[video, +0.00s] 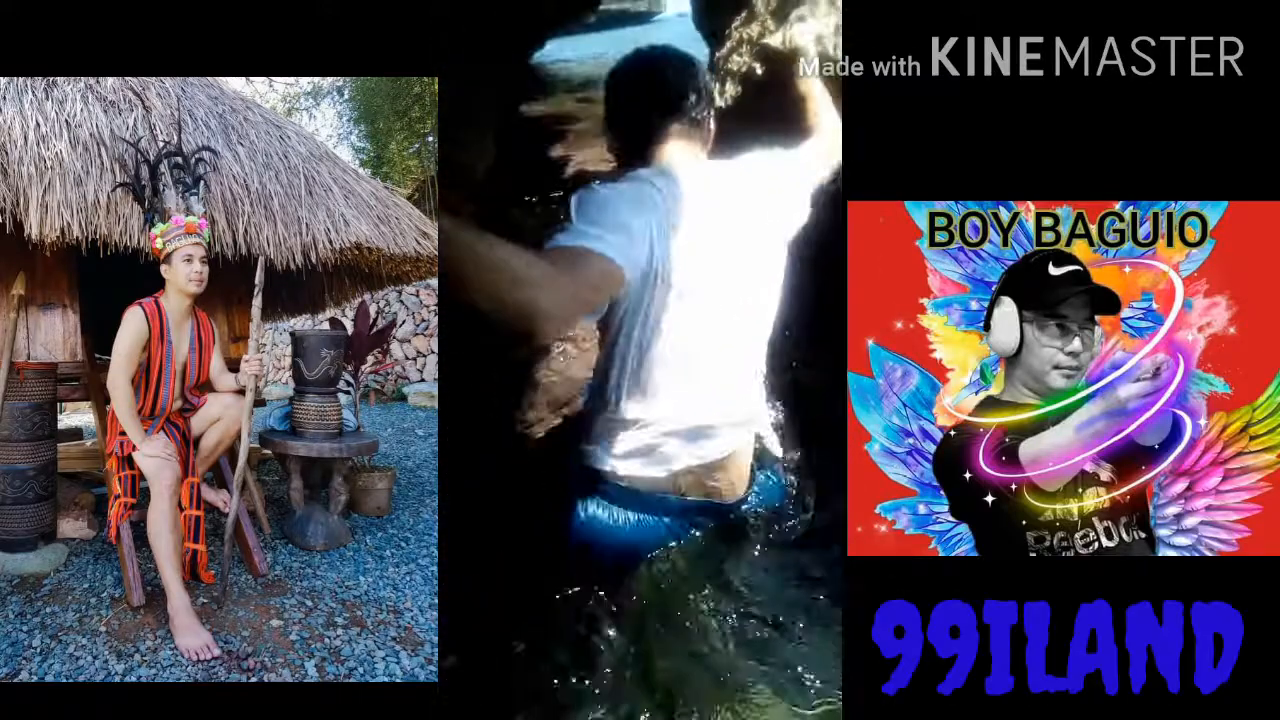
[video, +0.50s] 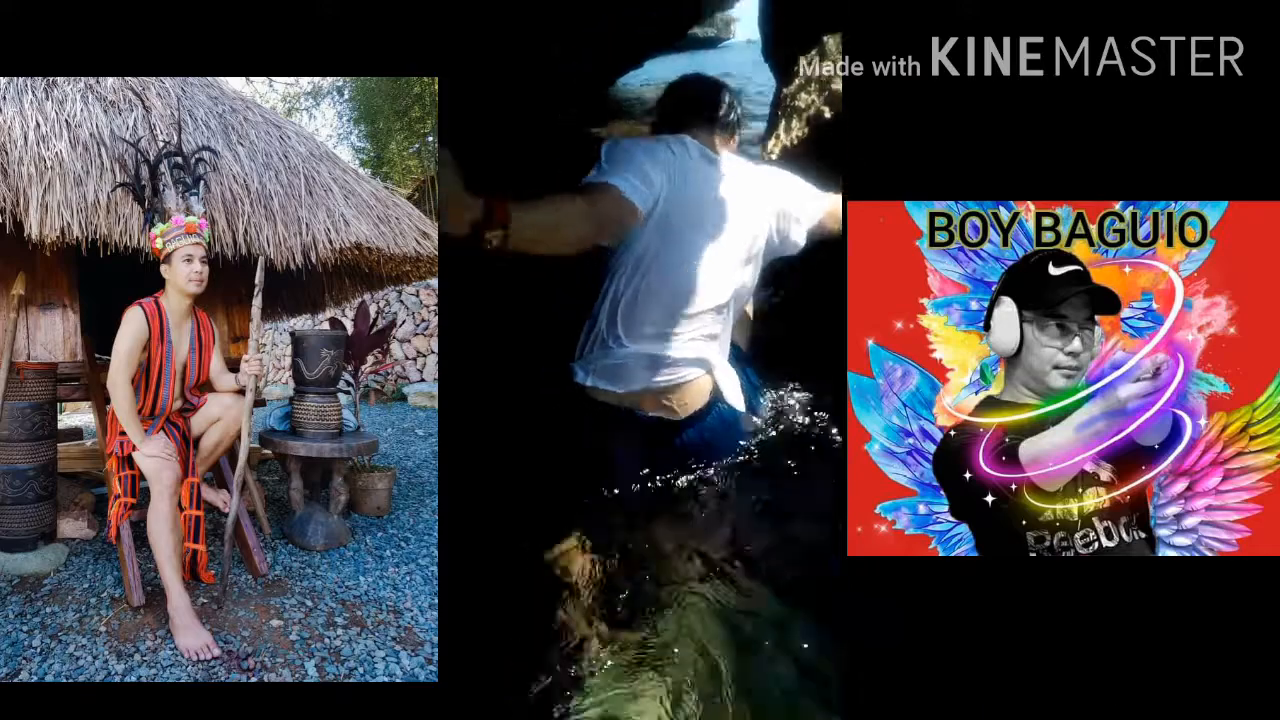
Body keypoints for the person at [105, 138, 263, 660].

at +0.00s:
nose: (198, 269)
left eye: (203, 260)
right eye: (187, 261)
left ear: (207, 267)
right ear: (164, 267)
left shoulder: (206, 324)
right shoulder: (142, 317)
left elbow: (220, 380)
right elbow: (117, 381)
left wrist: (243, 380)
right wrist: (138, 439)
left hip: (180, 420)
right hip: (139, 425)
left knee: (237, 407)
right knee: (169, 478)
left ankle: (190, 479)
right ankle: (179, 607)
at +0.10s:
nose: (198, 268)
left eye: (203, 260)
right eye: (187, 261)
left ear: (207, 267)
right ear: (164, 268)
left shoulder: (206, 323)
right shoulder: (143, 316)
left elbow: (220, 379)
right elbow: (117, 381)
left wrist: (243, 380)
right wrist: (138, 440)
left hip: (180, 421)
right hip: (139, 426)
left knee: (238, 407)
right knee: (169, 479)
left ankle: (191, 479)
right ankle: (179, 607)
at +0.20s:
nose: (198, 268)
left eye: (203, 260)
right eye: (187, 261)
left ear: (207, 267)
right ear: (164, 268)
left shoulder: (206, 323)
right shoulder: (143, 316)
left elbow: (220, 379)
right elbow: (117, 381)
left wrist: (243, 380)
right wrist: (138, 440)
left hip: (180, 421)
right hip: (139, 426)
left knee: (238, 407)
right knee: (169, 479)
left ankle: (191, 479)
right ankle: (179, 607)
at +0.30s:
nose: (198, 268)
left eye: (203, 260)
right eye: (187, 261)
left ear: (207, 267)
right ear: (164, 267)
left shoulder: (206, 323)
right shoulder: (142, 317)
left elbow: (221, 380)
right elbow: (117, 381)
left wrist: (243, 380)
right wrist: (138, 440)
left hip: (180, 420)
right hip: (139, 426)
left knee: (237, 407)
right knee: (169, 478)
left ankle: (190, 478)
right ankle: (179, 607)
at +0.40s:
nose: (198, 268)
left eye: (203, 260)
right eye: (187, 261)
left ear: (207, 267)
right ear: (164, 267)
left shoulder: (205, 323)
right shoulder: (142, 316)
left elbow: (220, 381)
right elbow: (117, 381)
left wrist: (245, 379)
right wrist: (139, 441)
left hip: (181, 419)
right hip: (141, 425)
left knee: (238, 406)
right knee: (169, 477)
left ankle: (191, 478)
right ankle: (179, 607)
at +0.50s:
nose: (198, 269)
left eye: (203, 260)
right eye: (187, 261)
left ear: (207, 267)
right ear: (164, 267)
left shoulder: (205, 322)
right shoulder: (142, 316)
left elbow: (220, 380)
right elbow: (117, 380)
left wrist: (242, 380)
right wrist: (138, 439)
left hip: (181, 419)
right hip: (141, 425)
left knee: (237, 407)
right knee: (169, 476)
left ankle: (191, 478)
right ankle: (179, 605)